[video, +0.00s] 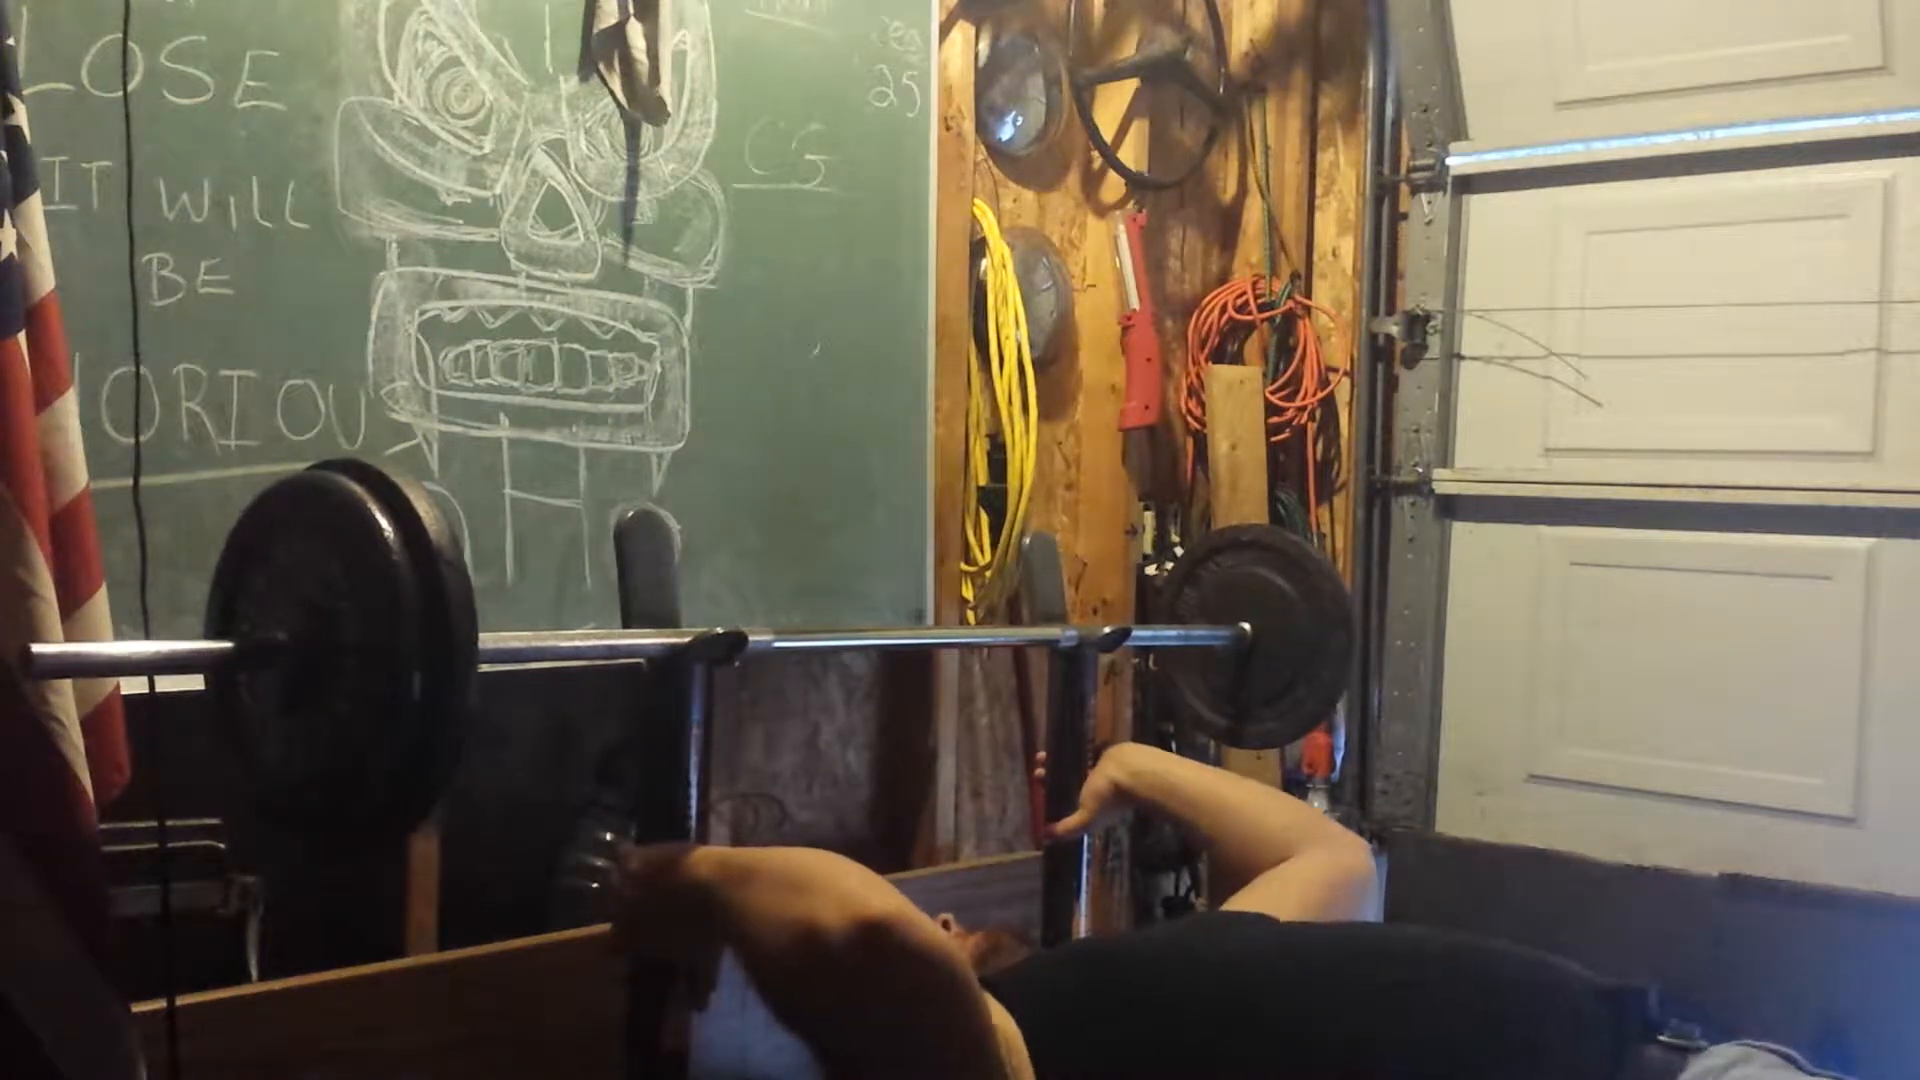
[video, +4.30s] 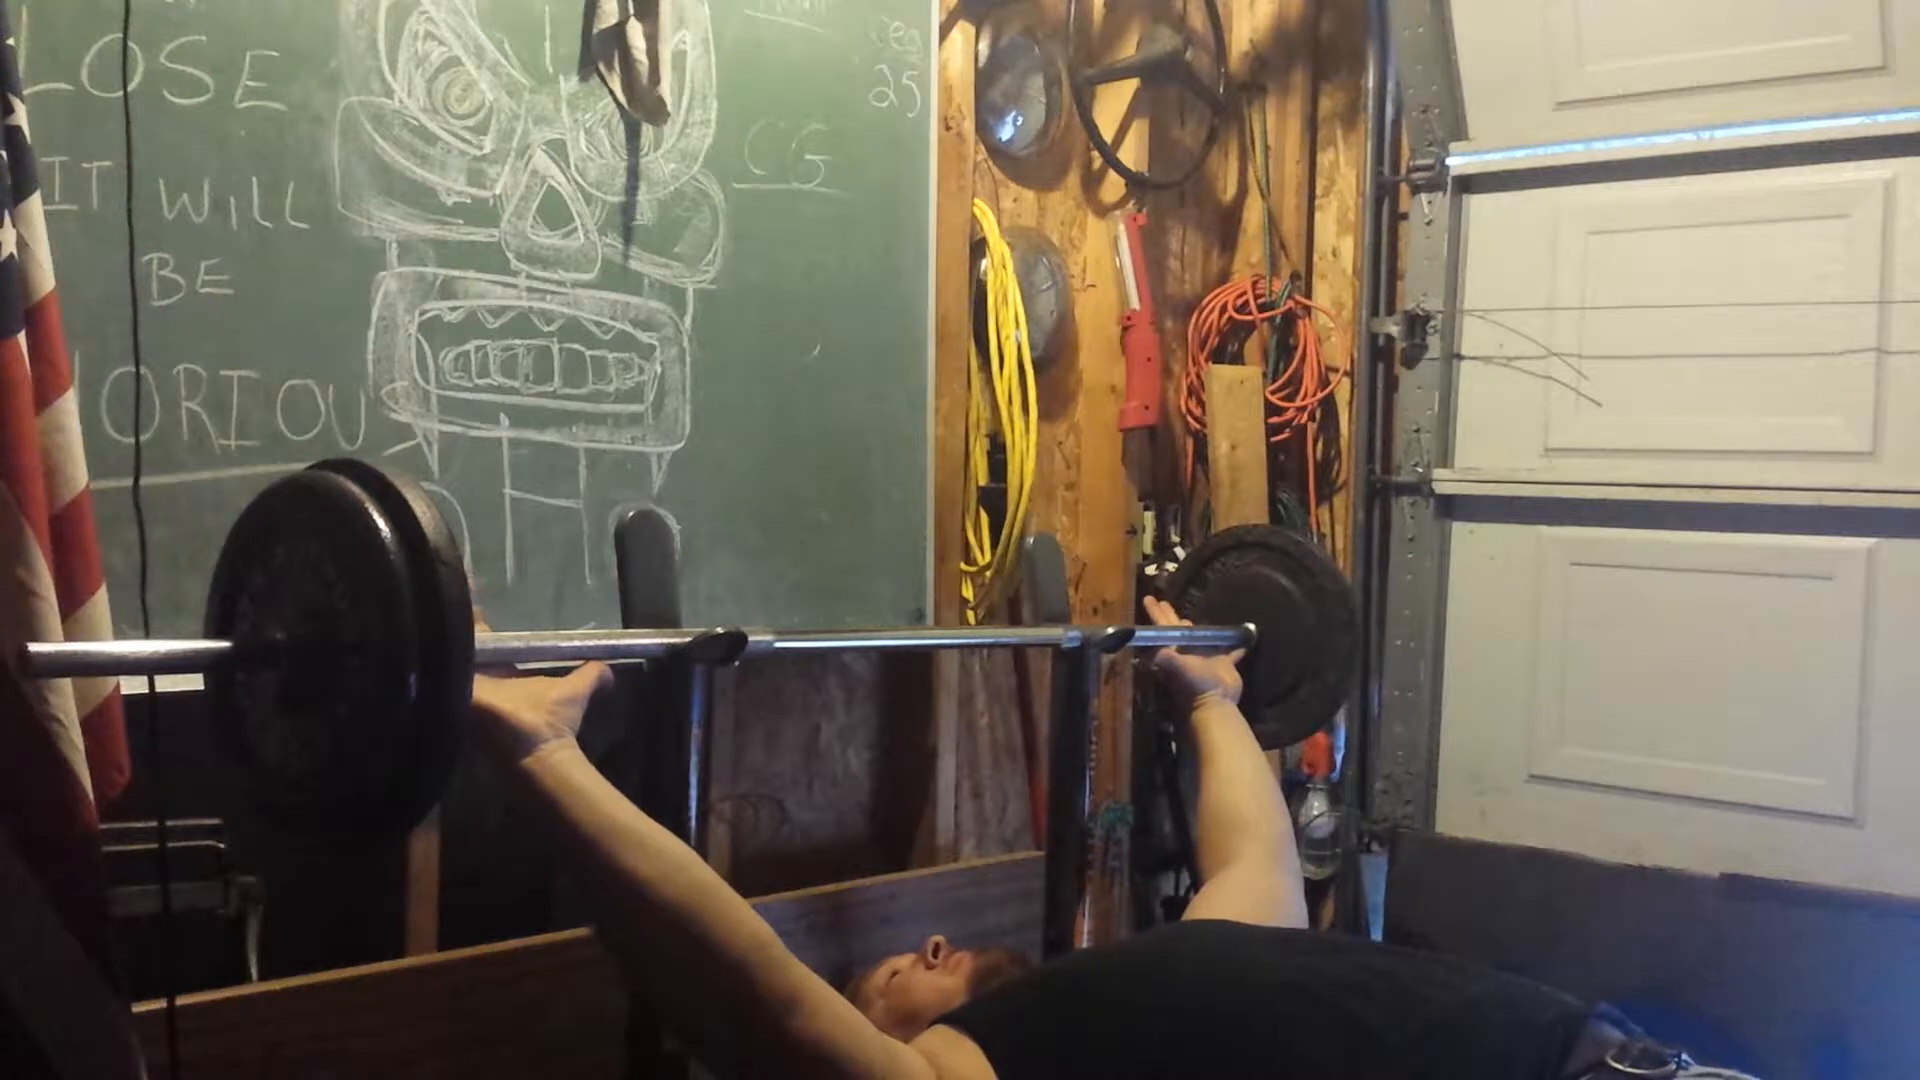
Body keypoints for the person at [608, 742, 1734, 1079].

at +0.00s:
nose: (942, 915)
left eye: (920, 906)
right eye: (898, 928)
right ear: (838, 1023)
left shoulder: (1139, 985)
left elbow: (1333, 857)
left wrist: (1140, 765)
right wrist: (684, 881)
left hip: (1666, 1050)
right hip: (1658, 1072)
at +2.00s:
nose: (925, 946)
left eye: (915, 945)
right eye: (892, 971)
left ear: (963, 956)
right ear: (878, 1034)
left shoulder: (1156, 975)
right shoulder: (946, 1068)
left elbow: (1333, 891)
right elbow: (806, 1021)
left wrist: (1176, 749)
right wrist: (656, 812)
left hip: (1639, 1044)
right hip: (1544, 1076)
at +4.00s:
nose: (915, 948)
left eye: (914, 948)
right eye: (887, 975)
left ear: (972, 965)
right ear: (887, 1043)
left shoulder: (1165, 987)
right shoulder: (954, 1073)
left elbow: (1256, 856)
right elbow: (768, 998)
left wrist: (1213, 698)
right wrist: (546, 753)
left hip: (1662, 1054)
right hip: (1573, 1062)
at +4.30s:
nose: (909, 948)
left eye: (896, 948)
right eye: (871, 977)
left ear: (953, 966)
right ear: (866, 1044)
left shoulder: (1178, 978)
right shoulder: (950, 1073)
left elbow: (1251, 859)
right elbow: (754, 975)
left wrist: (1214, 693)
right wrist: (550, 757)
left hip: (1658, 1056)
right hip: (1576, 1071)